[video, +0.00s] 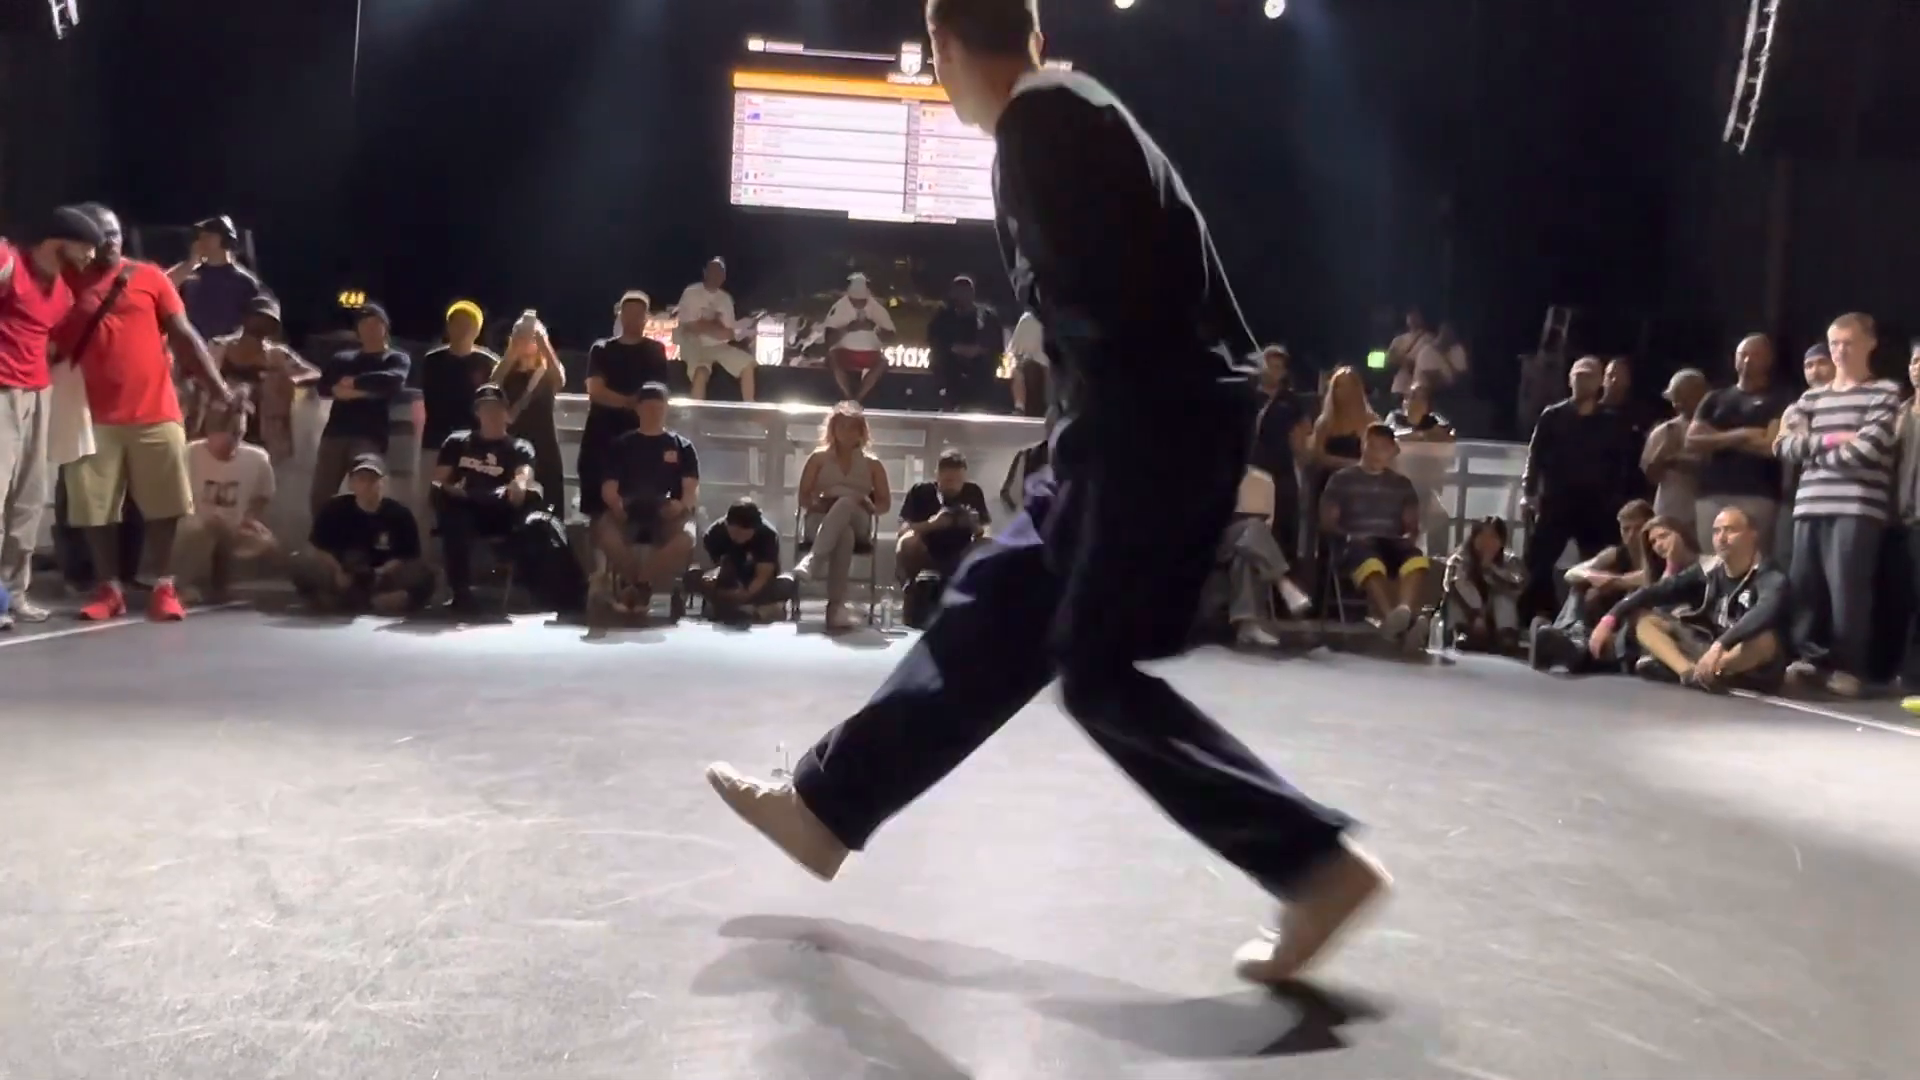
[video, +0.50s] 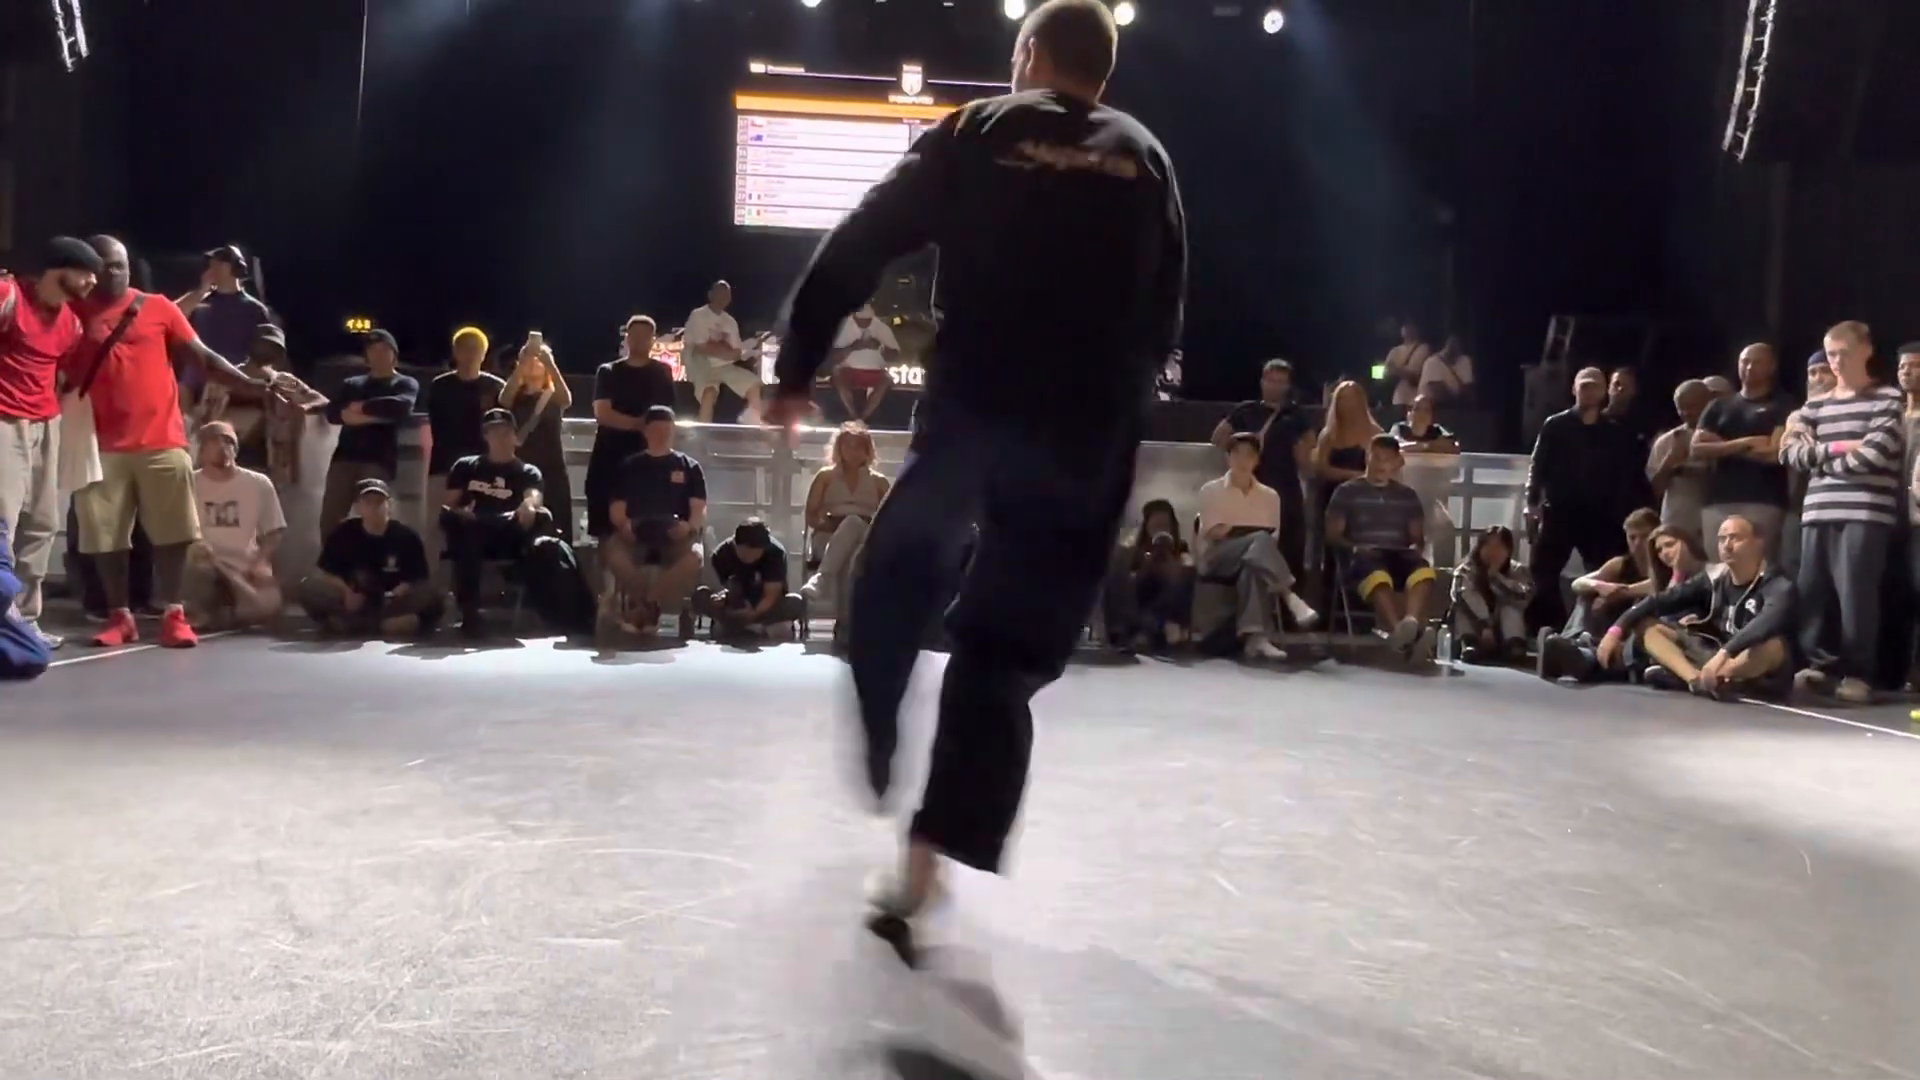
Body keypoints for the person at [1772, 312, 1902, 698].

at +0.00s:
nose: (1839, 352)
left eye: (1847, 344)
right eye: (1834, 345)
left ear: (1870, 345)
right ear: (1828, 348)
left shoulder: (1886, 393)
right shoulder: (1811, 397)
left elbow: (1867, 451)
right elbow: (1785, 446)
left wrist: (1814, 448)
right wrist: (1836, 439)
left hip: (1855, 505)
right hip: (1808, 506)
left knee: (1847, 590)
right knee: (1802, 583)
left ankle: (1849, 669)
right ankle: (1807, 657)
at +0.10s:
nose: (1840, 346)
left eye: (1849, 339)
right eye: (1835, 339)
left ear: (1870, 342)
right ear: (1828, 343)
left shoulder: (1885, 390)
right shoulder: (1812, 393)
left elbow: (1867, 446)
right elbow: (1783, 439)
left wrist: (1813, 444)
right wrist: (1835, 438)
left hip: (1855, 502)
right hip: (1809, 503)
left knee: (1848, 586)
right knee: (1803, 579)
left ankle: (1849, 665)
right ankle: (1809, 655)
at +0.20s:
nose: (1839, 349)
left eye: (1848, 342)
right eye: (1834, 342)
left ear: (1870, 345)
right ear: (1828, 345)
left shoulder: (1886, 393)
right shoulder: (1812, 395)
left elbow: (1867, 451)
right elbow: (1785, 443)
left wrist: (1812, 447)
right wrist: (1838, 441)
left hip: (1857, 504)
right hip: (1811, 504)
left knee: (1849, 586)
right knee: (1805, 581)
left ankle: (1852, 668)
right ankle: (1813, 657)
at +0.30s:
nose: (1836, 355)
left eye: (1845, 347)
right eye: (1831, 347)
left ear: (1869, 348)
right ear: (1827, 351)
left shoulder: (1888, 397)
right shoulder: (1814, 400)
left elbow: (1866, 457)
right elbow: (1788, 448)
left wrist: (1814, 453)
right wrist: (1839, 446)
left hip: (1859, 508)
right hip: (1812, 509)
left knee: (1850, 589)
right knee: (1807, 584)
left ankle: (1853, 670)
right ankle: (1815, 660)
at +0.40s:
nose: (1835, 361)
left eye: (1842, 353)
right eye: (1830, 354)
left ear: (1868, 352)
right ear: (1826, 357)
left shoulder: (1890, 400)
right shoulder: (1817, 404)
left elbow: (1873, 457)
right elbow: (1790, 452)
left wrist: (1818, 456)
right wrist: (1843, 447)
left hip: (1863, 511)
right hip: (1816, 512)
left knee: (1854, 594)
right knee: (1811, 589)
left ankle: (1858, 675)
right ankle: (1820, 664)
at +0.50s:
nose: (1833, 362)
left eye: (1841, 354)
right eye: (1829, 355)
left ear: (1866, 352)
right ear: (1825, 358)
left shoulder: (1889, 400)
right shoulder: (1816, 405)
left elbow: (1874, 456)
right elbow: (1791, 452)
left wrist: (1820, 457)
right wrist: (1842, 448)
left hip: (1863, 511)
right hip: (1816, 513)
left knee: (1856, 594)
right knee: (1811, 589)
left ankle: (1858, 674)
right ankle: (1821, 664)